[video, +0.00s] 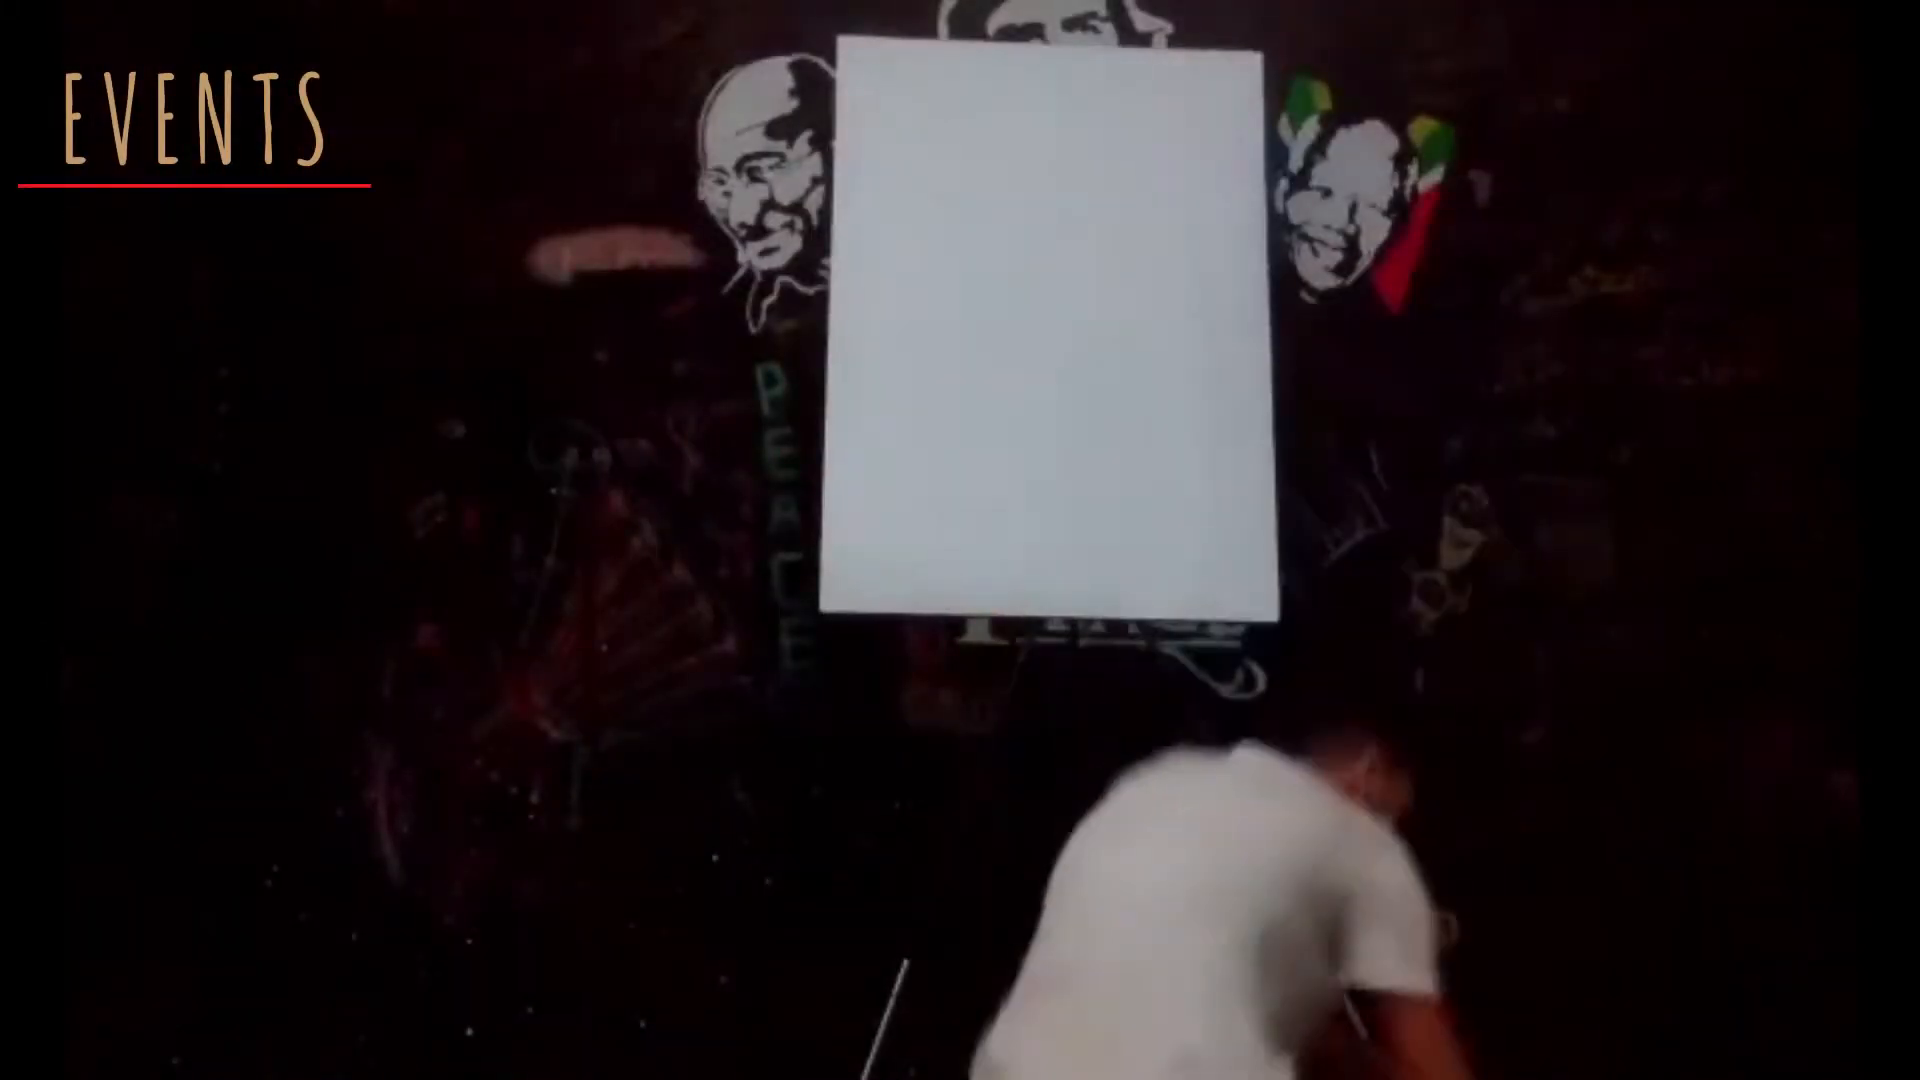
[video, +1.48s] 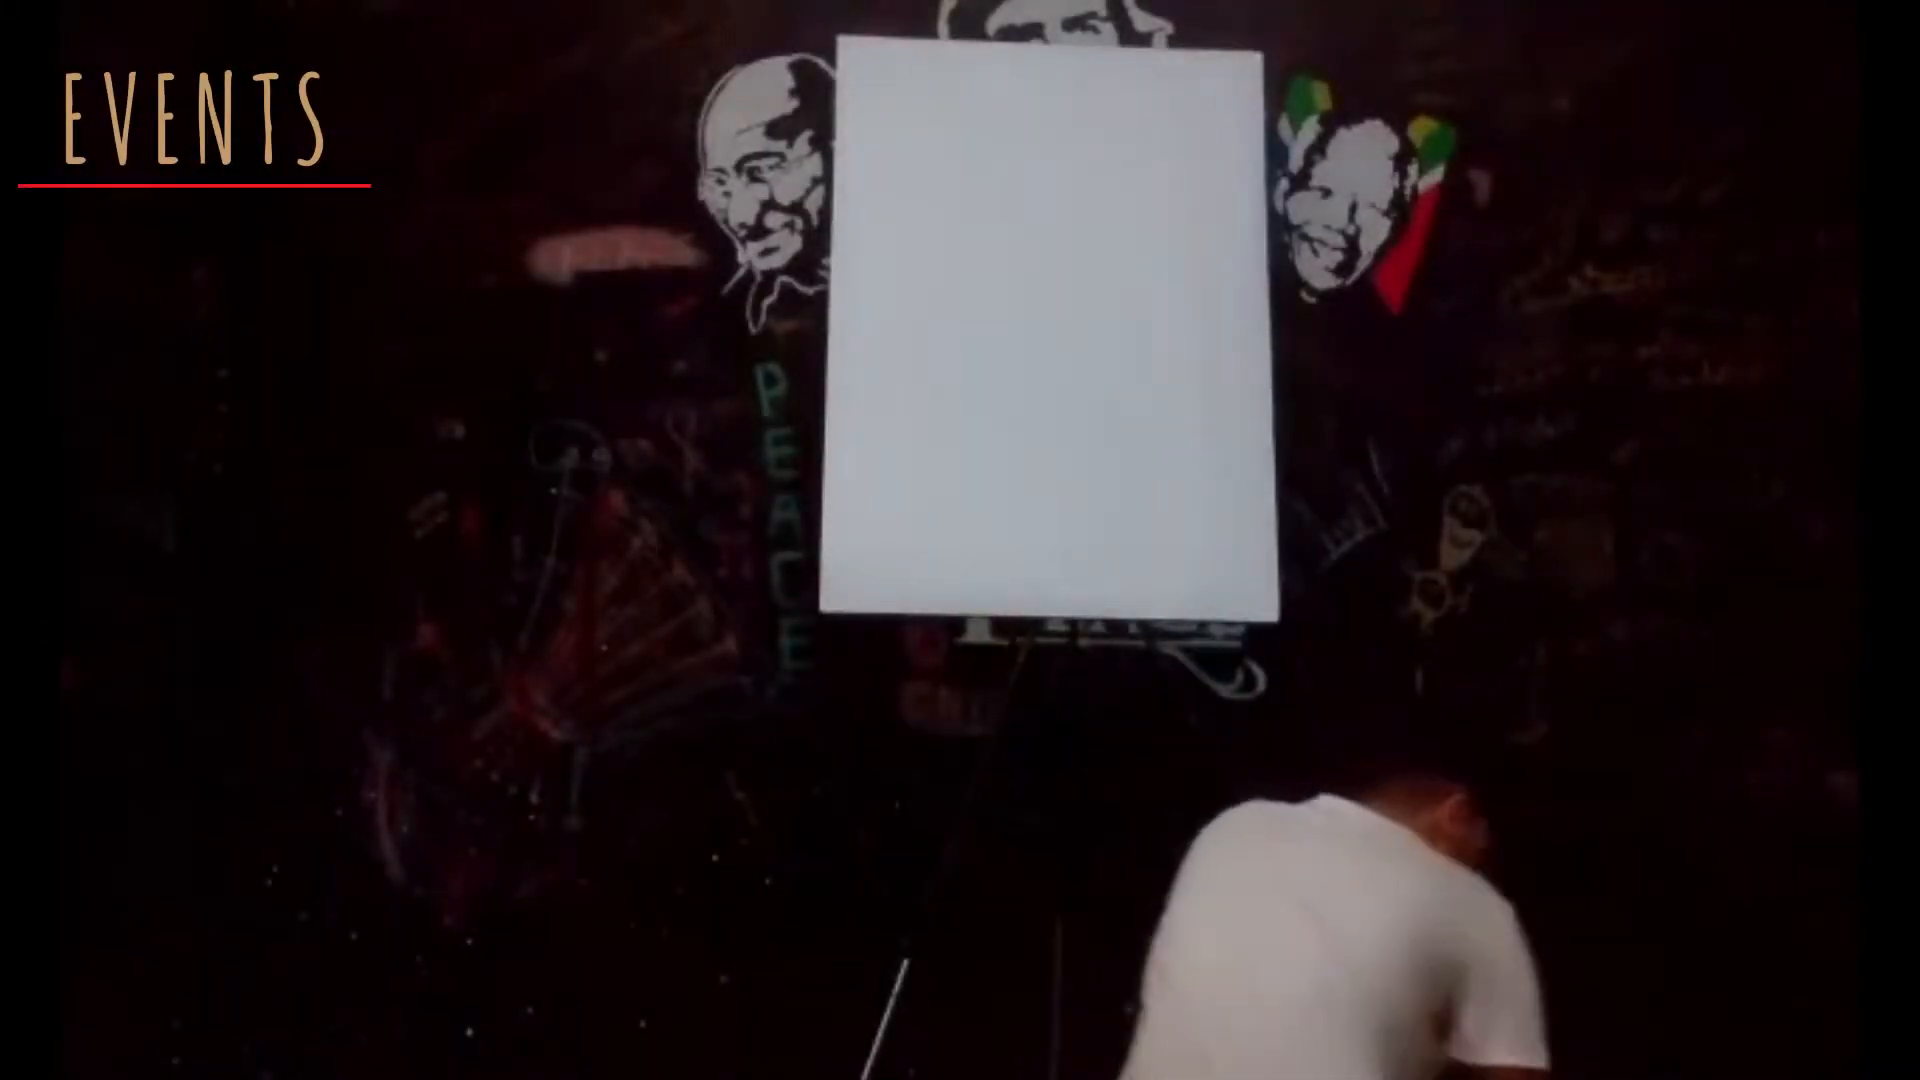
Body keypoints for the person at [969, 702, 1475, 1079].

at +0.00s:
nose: (1389, 832)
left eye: (1397, 820)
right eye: (1393, 815)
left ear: (1284, 747)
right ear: (1368, 776)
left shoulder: (1143, 783)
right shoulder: (1361, 845)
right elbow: (1426, 1061)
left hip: (1014, 1060)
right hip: (1201, 1059)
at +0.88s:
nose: (1401, 874)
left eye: (1410, 859)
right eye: (1407, 852)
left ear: (1306, 801)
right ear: (1379, 812)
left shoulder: (1174, 832)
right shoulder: (1367, 888)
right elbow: (1387, 1066)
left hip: (1068, 1064)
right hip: (1218, 1061)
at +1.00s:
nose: (1419, 873)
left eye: (1430, 859)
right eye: (1426, 852)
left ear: (1326, 800)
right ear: (1396, 813)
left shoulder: (1189, 830)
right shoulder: (1387, 892)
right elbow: (1405, 1068)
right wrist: (1426, 959)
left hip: (1079, 1067)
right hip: (1236, 1063)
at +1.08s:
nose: (1429, 873)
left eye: (1439, 858)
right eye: (1435, 852)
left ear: (1333, 802)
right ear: (1405, 814)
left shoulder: (1194, 828)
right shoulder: (1396, 893)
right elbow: (1417, 1065)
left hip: (1085, 1066)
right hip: (1247, 1062)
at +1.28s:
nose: (1446, 874)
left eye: (1457, 860)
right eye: (1454, 854)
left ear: (1352, 795)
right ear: (1427, 816)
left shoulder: (1208, 826)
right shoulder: (1433, 907)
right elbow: (1463, 1063)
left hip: (1113, 1066)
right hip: (1284, 1061)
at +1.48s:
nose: (1473, 867)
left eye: (1479, 855)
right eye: (1475, 850)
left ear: (1359, 791)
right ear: (1453, 817)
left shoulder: (1229, 830)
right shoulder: (1472, 912)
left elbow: (1161, 999)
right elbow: (1510, 1067)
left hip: (1152, 1068)